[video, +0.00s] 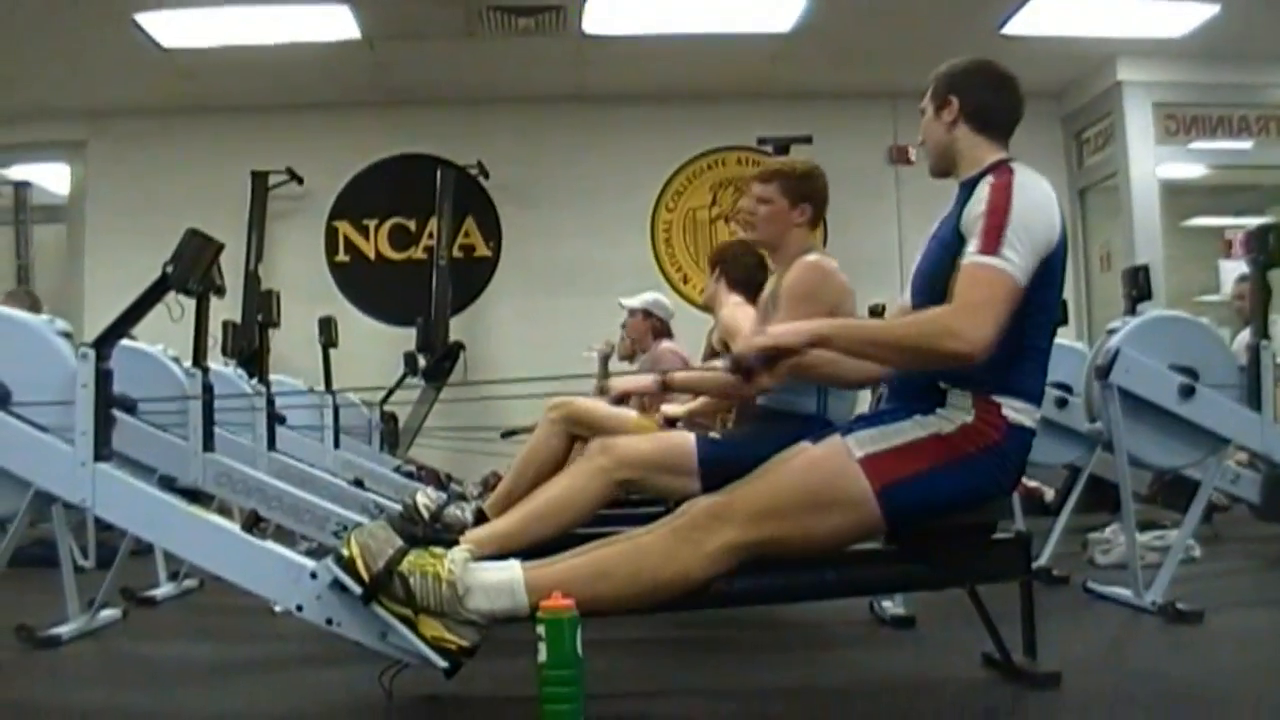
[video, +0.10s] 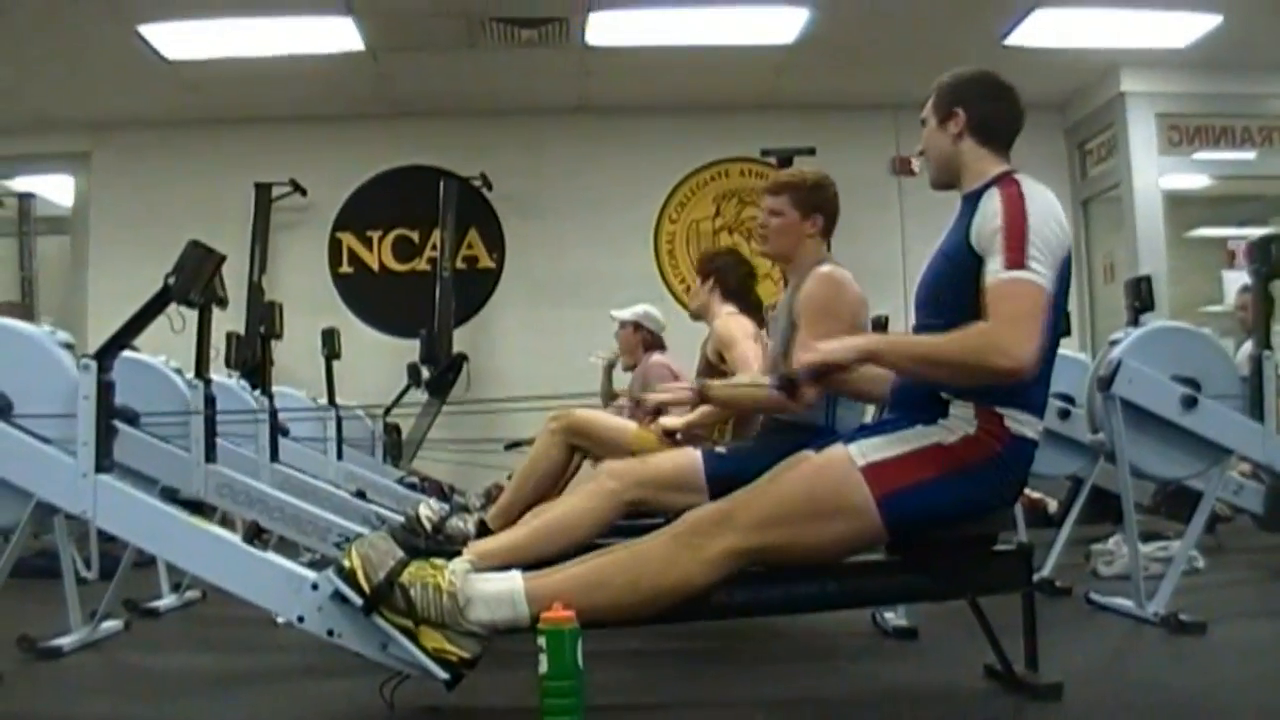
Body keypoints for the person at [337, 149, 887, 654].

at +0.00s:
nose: (747, 212)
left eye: (760, 203)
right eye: (748, 202)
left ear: (801, 215)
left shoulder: (811, 276)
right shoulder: (778, 287)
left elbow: (761, 371)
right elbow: (748, 390)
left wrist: (667, 385)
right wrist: (678, 413)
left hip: (766, 445)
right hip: (741, 436)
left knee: (570, 418)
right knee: (591, 439)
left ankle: (478, 530)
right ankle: (477, 535)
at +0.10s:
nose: (689, 291)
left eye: (696, 281)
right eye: (693, 282)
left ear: (714, 283)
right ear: (725, 286)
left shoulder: (730, 325)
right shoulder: (723, 331)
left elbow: (751, 387)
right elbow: (729, 393)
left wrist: (683, 420)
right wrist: (669, 409)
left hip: (694, 448)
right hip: (691, 443)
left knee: (562, 424)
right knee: (568, 426)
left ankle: (491, 526)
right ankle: (504, 525)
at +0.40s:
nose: (658, 276)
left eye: (663, 266)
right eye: (659, 267)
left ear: (687, 269)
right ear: (691, 271)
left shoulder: (708, 312)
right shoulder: (697, 316)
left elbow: (741, 364)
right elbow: (687, 384)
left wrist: (682, 409)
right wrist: (636, 402)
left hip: (698, 441)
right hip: (687, 435)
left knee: (565, 406)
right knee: (572, 413)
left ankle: (496, 510)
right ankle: (504, 511)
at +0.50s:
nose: (631, 287)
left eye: (639, 277)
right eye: (633, 277)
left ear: (664, 281)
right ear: (662, 282)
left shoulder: (683, 324)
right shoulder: (664, 329)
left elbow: (721, 375)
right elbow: (663, 393)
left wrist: (659, 422)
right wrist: (605, 415)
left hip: (681, 450)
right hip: (663, 442)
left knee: (553, 415)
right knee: (571, 450)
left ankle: (486, 521)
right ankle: (496, 522)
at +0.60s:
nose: (576, 285)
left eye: (582, 276)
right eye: (577, 277)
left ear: (607, 280)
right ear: (608, 280)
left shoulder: (631, 321)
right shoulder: (618, 325)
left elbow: (673, 373)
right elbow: (613, 391)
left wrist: (611, 419)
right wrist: (558, 412)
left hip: (625, 453)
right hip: (613, 446)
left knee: (508, 410)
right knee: (517, 430)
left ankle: (443, 520)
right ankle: (454, 522)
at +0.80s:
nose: (549, 302)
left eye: (556, 291)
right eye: (550, 292)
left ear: (584, 294)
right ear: (582, 296)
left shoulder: (608, 335)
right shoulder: (592, 345)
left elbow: (663, 376)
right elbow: (554, 404)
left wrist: (617, 418)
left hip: (620, 455)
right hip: (605, 449)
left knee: (501, 419)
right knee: (499, 422)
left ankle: (442, 532)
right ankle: (445, 523)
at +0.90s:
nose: (542, 302)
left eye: (550, 292)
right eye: (543, 293)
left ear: (579, 295)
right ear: (577, 297)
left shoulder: (602, 338)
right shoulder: (586, 347)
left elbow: (663, 379)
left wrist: (596, 413)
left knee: (499, 418)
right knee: (496, 422)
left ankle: (440, 531)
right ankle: (443, 528)